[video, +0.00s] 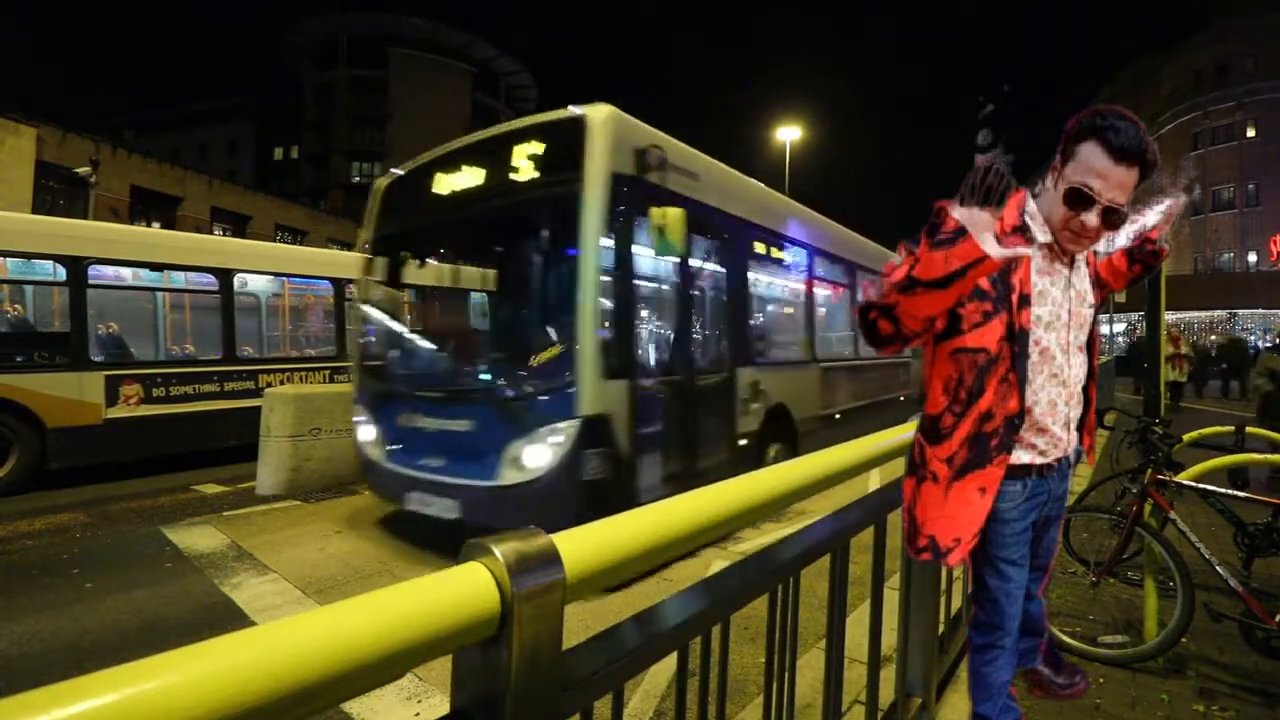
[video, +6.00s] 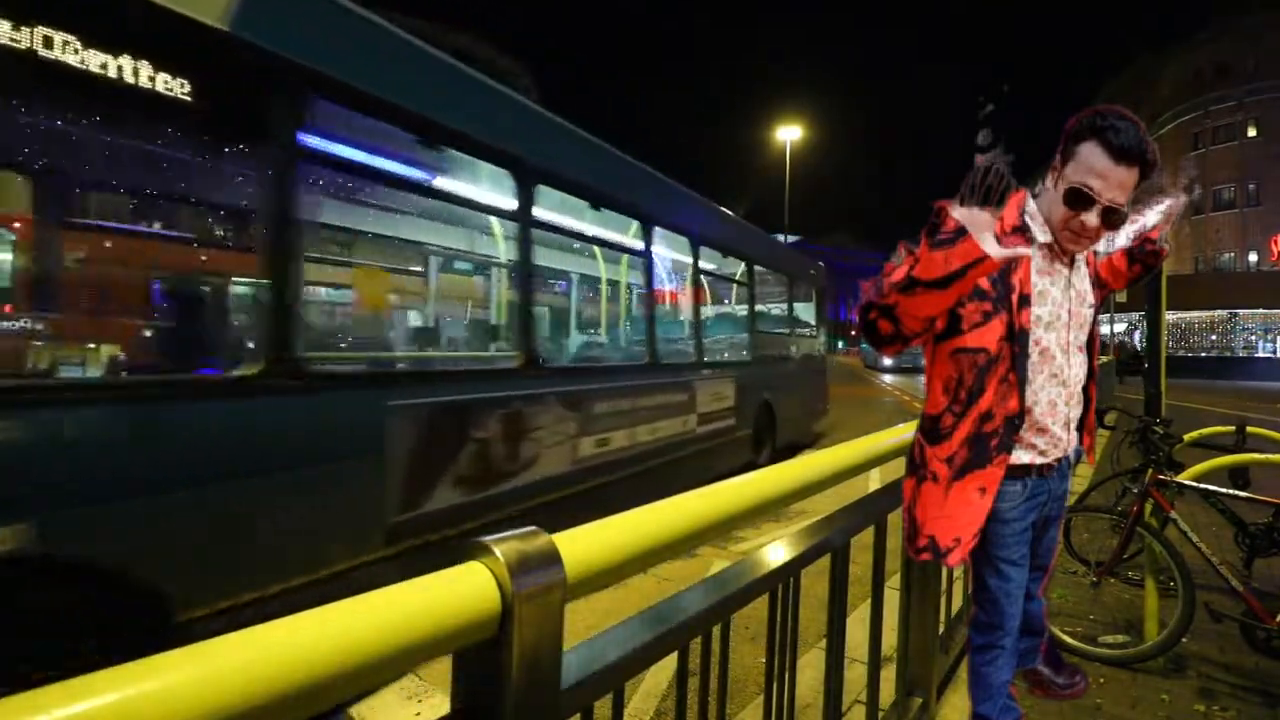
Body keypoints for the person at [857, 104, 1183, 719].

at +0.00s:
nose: (1089, 222)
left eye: (1109, 212)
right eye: (1080, 197)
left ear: (1123, 211)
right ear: (1052, 171)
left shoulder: (1083, 263)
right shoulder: (984, 242)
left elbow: (1110, 274)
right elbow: (883, 327)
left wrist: (1150, 241)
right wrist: (963, 244)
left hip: (1057, 467)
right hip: (1000, 474)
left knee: (1035, 581)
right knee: (1000, 611)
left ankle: (1028, 659)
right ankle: (994, 709)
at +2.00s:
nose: (1089, 222)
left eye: (1110, 212)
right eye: (1080, 197)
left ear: (1124, 210)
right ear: (1052, 171)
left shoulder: (1085, 263)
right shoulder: (985, 243)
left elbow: (1115, 271)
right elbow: (881, 327)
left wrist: (1150, 242)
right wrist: (963, 246)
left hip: (1057, 467)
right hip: (1000, 474)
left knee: (1035, 580)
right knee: (1000, 611)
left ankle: (1028, 658)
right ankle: (994, 709)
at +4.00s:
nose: (1089, 222)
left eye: (1110, 211)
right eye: (1079, 198)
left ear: (1123, 211)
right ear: (1052, 172)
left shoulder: (1085, 264)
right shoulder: (985, 242)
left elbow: (1115, 271)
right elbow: (883, 328)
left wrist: (1152, 240)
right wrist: (962, 245)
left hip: (1057, 467)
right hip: (1000, 475)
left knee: (1034, 582)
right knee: (1000, 611)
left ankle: (1027, 659)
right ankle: (994, 709)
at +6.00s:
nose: (1089, 222)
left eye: (1109, 211)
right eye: (1079, 198)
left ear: (1123, 211)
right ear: (1052, 172)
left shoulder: (1085, 263)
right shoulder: (984, 243)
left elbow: (1116, 271)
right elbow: (883, 328)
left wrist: (1151, 241)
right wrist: (961, 245)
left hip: (1058, 467)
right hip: (1000, 475)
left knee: (1034, 581)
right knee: (1000, 611)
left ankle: (1027, 658)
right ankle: (993, 708)